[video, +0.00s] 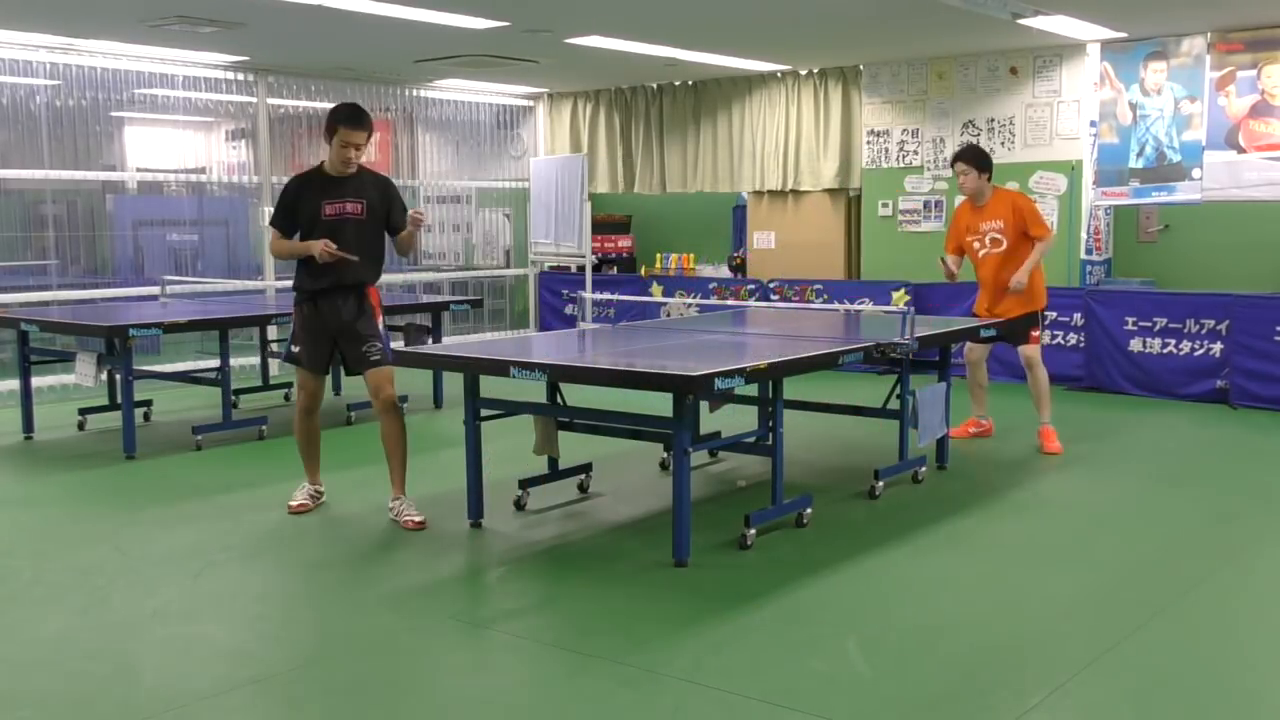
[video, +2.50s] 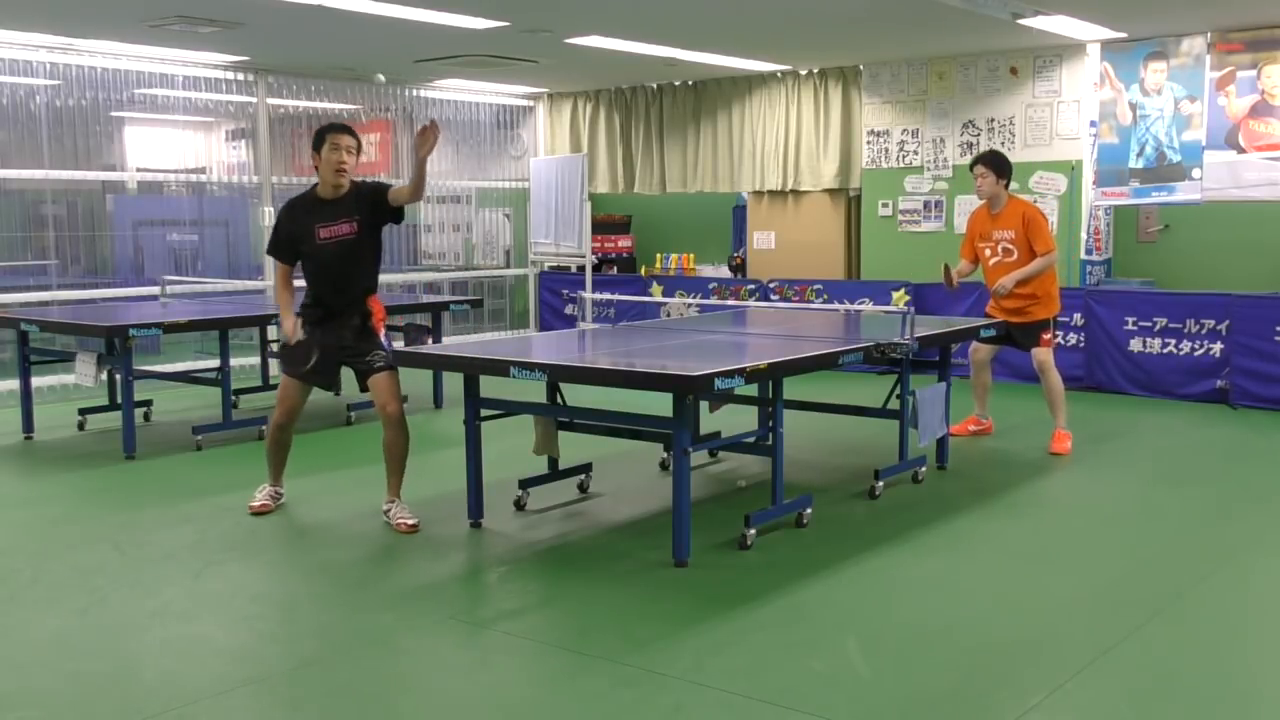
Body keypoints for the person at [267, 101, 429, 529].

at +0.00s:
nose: (354, 156)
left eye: (361, 148)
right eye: (347, 147)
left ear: (368, 146)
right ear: (328, 139)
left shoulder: (380, 187)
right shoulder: (299, 187)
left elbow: (405, 250)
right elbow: (277, 246)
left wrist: (411, 230)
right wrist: (308, 247)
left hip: (361, 303)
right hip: (313, 305)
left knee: (387, 398)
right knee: (306, 400)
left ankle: (399, 498)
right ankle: (312, 485)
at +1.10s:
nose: (390, 204)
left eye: (397, 197)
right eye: (385, 195)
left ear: (404, 191)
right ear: (364, 181)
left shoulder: (397, 218)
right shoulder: (321, 200)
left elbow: (392, 267)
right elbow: (284, 257)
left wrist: (401, 276)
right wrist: (338, 254)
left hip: (359, 316)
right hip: (310, 316)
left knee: (383, 397)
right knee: (301, 415)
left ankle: (393, 500)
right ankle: (313, 486)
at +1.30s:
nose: (423, 262)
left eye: (430, 256)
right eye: (419, 253)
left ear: (435, 248)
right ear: (397, 236)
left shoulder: (423, 262)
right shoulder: (352, 240)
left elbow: (414, 318)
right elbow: (326, 305)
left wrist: (433, 323)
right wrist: (387, 292)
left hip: (377, 338)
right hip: (328, 336)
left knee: (402, 413)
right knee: (298, 437)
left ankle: (394, 501)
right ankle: (314, 482)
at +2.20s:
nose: (410, 206)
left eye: (415, 198)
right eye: (402, 196)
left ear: (419, 200)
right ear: (378, 194)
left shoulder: (419, 232)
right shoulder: (344, 225)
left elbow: (436, 282)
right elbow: (340, 290)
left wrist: (453, 277)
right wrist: (391, 264)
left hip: (386, 338)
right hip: (337, 336)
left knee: (407, 421)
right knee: (287, 428)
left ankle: (394, 502)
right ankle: (277, 485)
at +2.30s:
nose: (386, 186)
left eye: (392, 178)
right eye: (379, 177)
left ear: (396, 181)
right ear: (355, 177)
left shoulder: (401, 213)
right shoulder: (327, 217)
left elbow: (435, 244)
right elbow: (318, 281)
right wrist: (364, 262)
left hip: (380, 332)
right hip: (332, 330)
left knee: (404, 419)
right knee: (287, 423)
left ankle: (394, 502)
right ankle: (276, 487)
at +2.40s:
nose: (364, 170)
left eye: (370, 163)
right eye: (356, 161)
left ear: (376, 170)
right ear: (334, 166)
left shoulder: (384, 203)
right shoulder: (310, 213)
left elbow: (422, 207)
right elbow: (295, 275)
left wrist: (425, 169)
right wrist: (324, 285)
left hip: (372, 324)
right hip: (325, 326)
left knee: (399, 414)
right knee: (285, 419)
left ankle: (394, 502)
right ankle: (275, 486)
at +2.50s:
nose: (344, 159)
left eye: (351, 152)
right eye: (335, 150)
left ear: (357, 160)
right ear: (316, 157)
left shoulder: (370, 196)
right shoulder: (295, 212)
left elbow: (412, 193)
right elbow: (283, 275)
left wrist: (420, 160)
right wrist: (288, 320)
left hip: (363, 320)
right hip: (314, 322)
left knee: (393, 410)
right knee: (282, 418)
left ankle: (394, 501)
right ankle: (274, 487)